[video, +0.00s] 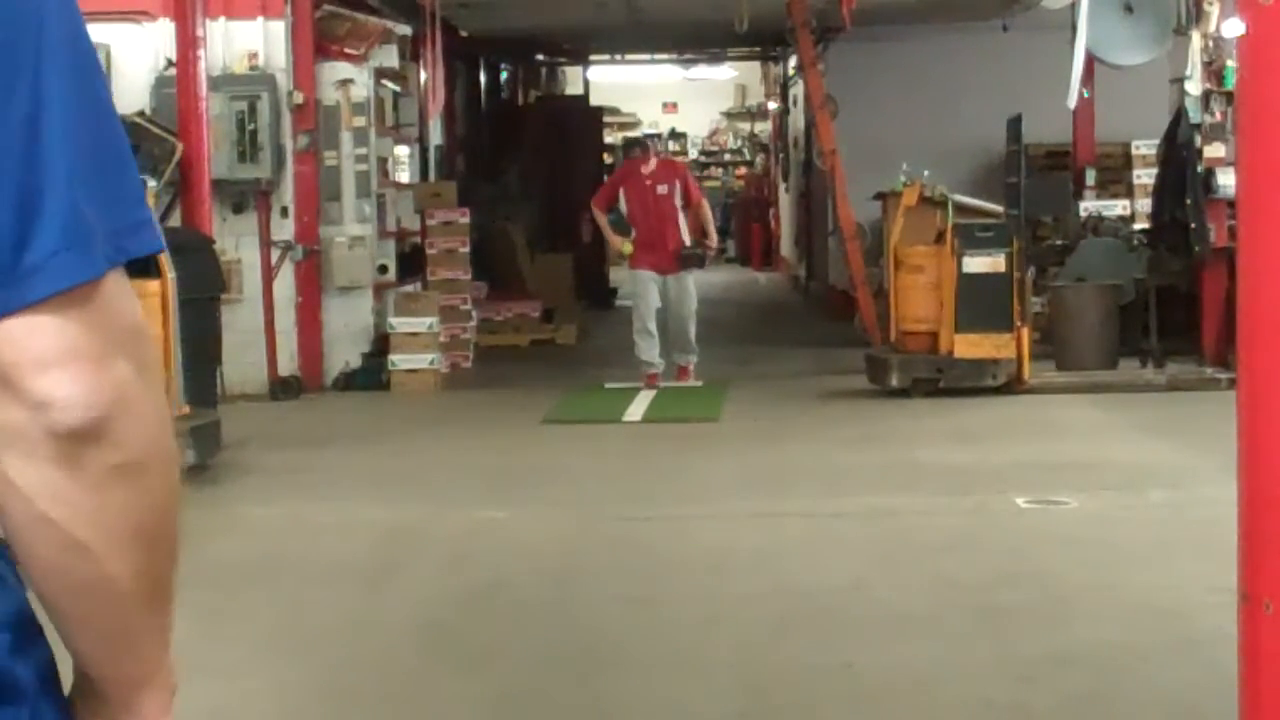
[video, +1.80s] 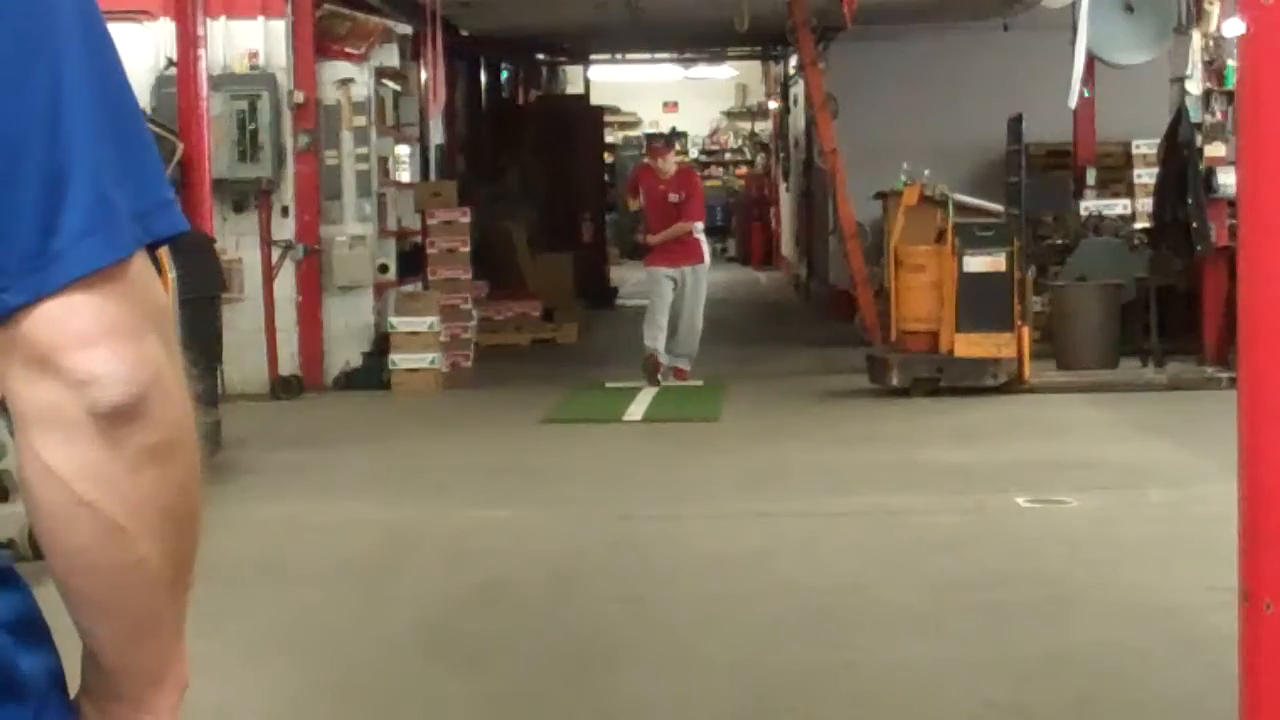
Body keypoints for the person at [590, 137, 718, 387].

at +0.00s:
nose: (648, 147)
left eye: (653, 141)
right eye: (642, 142)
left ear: (659, 142)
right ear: (633, 145)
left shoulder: (677, 170)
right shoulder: (625, 172)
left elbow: (700, 202)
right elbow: (598, 206)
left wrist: (711, 234)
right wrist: (611, 238)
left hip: (678, 256)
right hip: (644, 257)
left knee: (684, 313)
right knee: (645, 313)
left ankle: (685, 364)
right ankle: (651, 368)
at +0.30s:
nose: (637, 151)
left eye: (641, 144)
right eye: (632, 147)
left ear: (651, 144)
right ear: (626, 150)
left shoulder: (673, 167)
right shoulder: (623, 174)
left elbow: (684, 206)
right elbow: (602, 204)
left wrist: (672, 242)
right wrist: (613, 236)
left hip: (676, 252)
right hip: (642, 255)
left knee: (683, 310)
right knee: (644, 312)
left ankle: (683, 363)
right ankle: (651, 367)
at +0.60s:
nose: (638, 146)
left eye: (643, 140)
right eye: (633, 142)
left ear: (653, 141)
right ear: (627, 145)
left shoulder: (669, 169)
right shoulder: (622, 171)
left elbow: (665, 211)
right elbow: (611, 200)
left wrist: (634, 232)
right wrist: (618, 214)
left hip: (675, 257)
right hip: (641, 257)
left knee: (681, 314)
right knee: (643, 317)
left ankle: (683, 362)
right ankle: (651, 368)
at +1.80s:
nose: (659, 163)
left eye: (663, 157)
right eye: (654, 158)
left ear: (673, 153)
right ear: (648, 157)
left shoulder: (689, 178)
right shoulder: (643, 173)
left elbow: (690, 223)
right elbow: (631, 194)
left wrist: (657, 238)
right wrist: (634, 205)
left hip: (691, 256)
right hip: (659, 255)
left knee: (689, 313)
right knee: (658, 305)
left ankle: (682, 362)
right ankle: (654, 357)